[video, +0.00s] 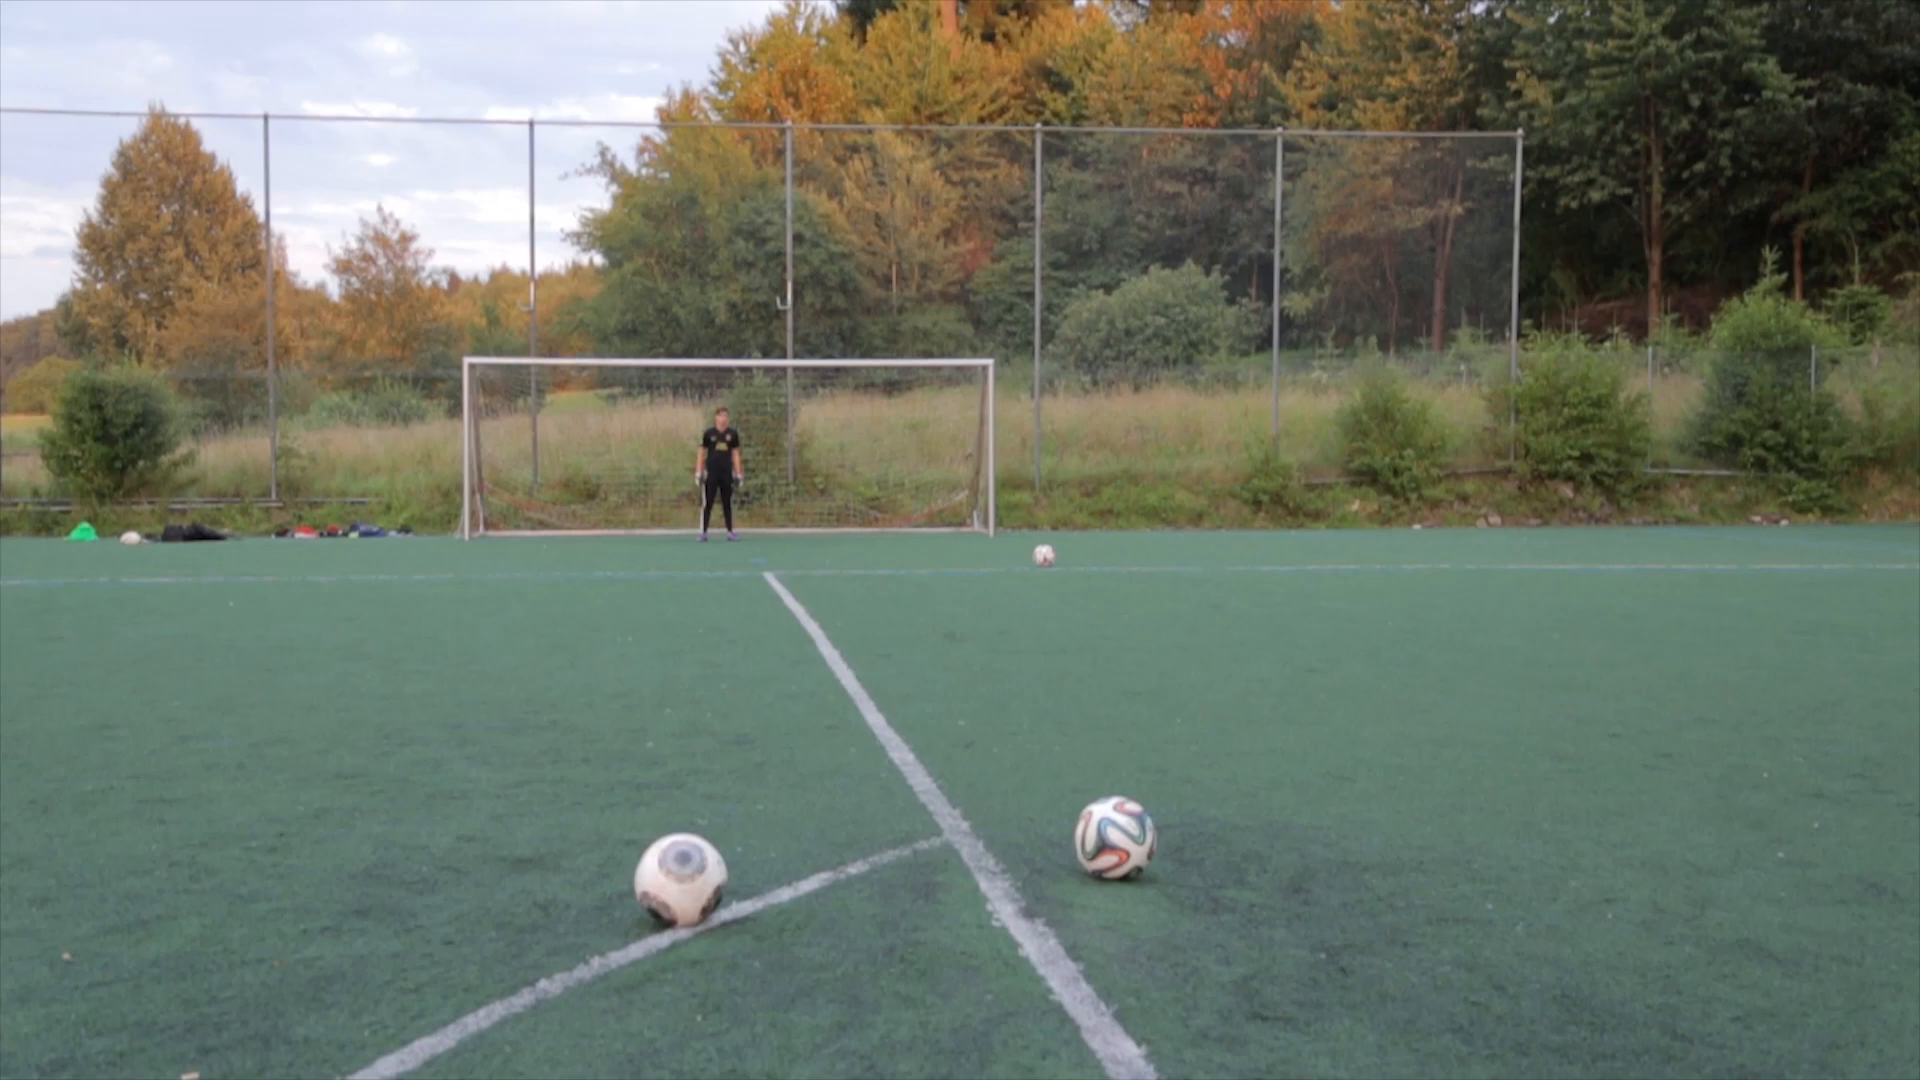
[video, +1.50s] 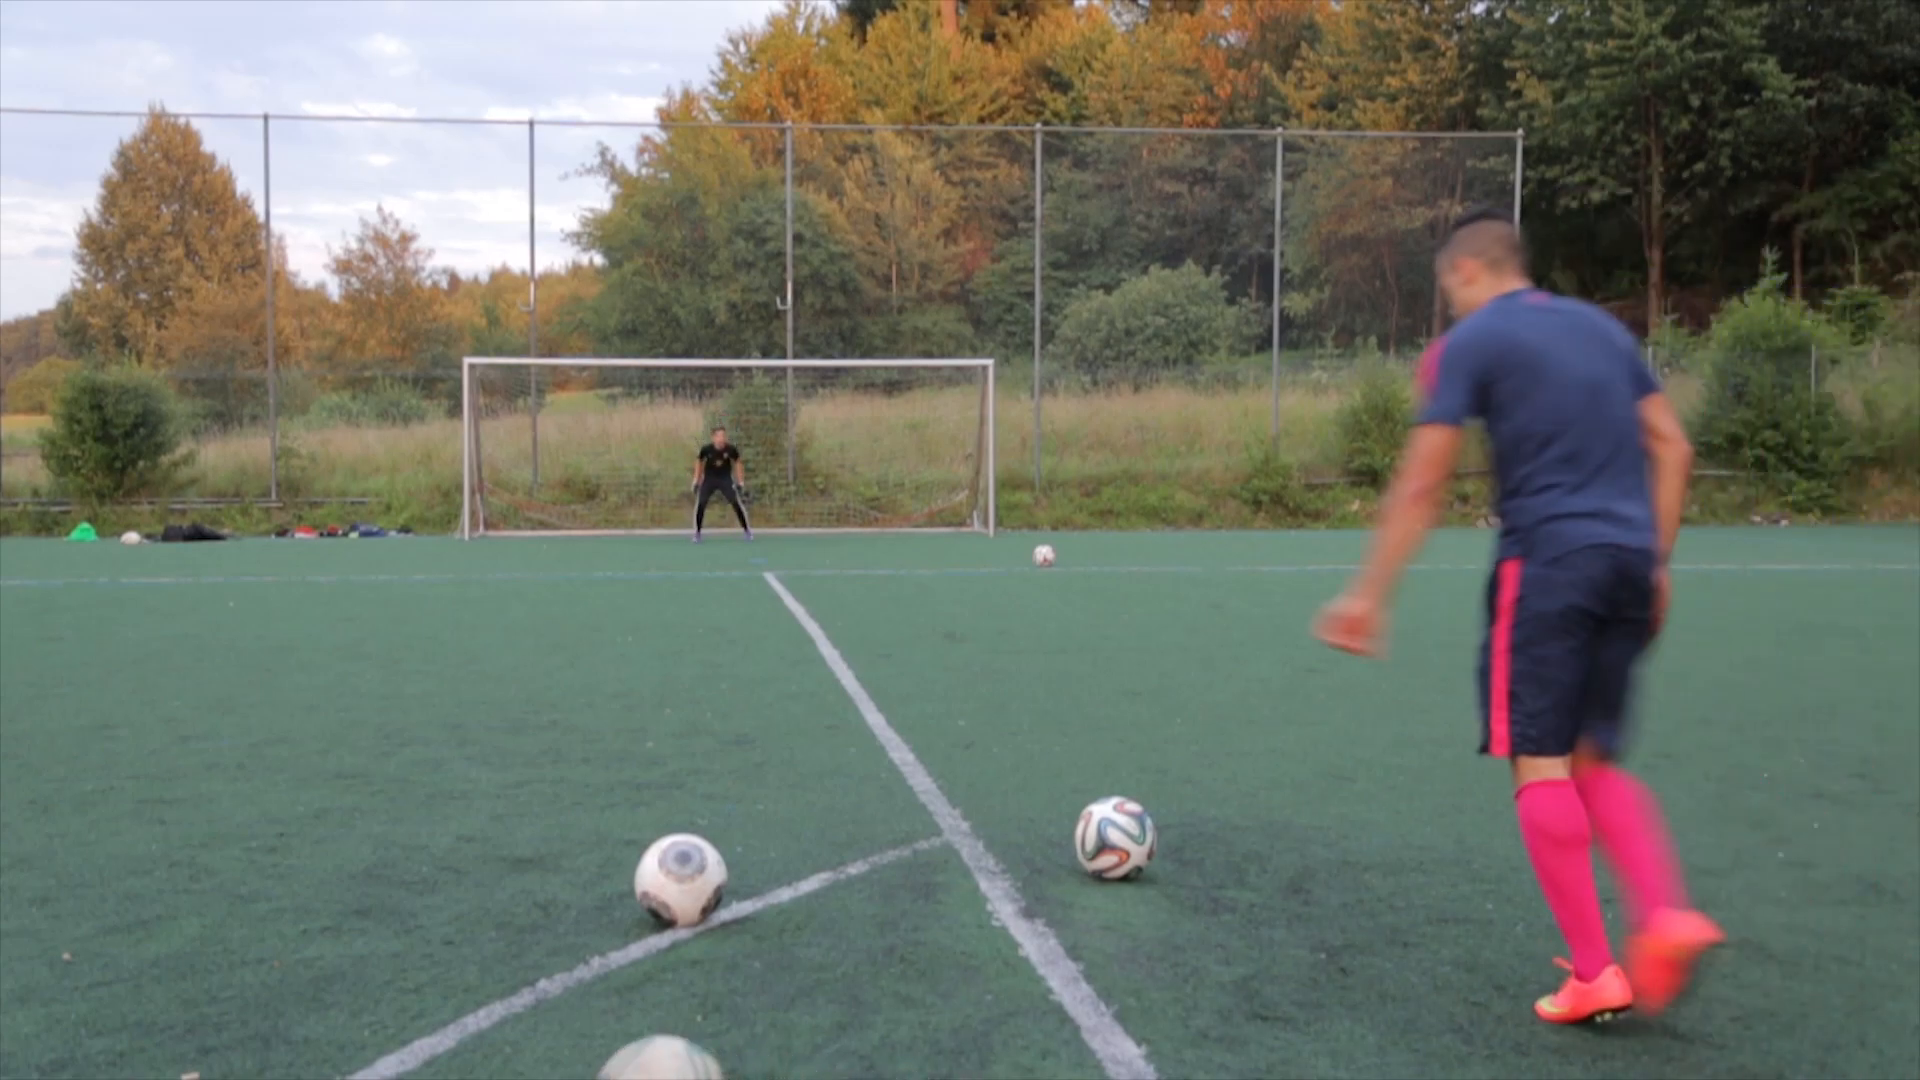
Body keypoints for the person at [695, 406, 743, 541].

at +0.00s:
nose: (723, 420)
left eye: (725, 417)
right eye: (720, 416)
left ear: (728, 419)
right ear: (715, 418)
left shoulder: (732, 434)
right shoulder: (709, 434)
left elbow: (736, 454)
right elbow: (702, 452)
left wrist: (738, 472)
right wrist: (699, 470)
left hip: (726, 473)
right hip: (711, 473)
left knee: (727, 503)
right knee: (708, 503)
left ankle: (730, 530)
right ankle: (704, 531)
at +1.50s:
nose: (720, 439)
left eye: (722, 436)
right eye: (717, 436)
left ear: (725, 438)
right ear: (713, 437)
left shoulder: (731, 450)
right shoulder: (706, 450)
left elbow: (738, 464)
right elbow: (699, 464)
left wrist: (740, 481)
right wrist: (696, 480)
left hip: (725, 481)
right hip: (709, 481)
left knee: (736, 504)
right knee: (701, 505)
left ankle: (746, 530)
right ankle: (698, 532)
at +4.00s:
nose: (671, 418)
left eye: (673, 415)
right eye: (669, 415)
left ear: (678, 415)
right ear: (668, 416)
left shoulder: (682, 433)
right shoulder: (672, 432)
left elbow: (685, 455)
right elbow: (675, 453)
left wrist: (674, 473)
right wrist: (672, 471)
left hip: (681, 470)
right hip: (675, 470)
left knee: (676, 499)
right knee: (673, 499)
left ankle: (681, 533)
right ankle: (678, 532)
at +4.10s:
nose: (671, 417)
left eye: (673, 414)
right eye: (669, 414)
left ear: (678, 416)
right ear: (667, 416)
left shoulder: (683, 433)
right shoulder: (671, 433)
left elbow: (686, 455)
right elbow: (674, 454)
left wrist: (679, 472)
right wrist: (673, 470)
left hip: (681, 470)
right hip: (674, 469)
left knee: (676, 500)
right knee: (674, 500)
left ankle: (681, 533)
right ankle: (680, 532)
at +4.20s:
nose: (671, 417)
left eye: (673, 414)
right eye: (669, 414)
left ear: (677, 415)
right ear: (667, 416)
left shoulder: (683, 433)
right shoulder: (671, 433)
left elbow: (686, 455)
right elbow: (672, 456)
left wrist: (684, 474)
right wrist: (667, 472)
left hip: (681, 471)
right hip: (674, 471)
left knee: (677, 500)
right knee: (673, 500)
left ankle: (682, 532)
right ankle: (680, 531)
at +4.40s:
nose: (671, 418)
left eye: (674, 415)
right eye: (669, 415)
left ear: (678, 416)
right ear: (667, 416)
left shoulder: (684, 433)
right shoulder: (672, 433)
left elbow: (688, 455)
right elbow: (671, 455)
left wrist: (688, 473)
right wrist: (660, 469)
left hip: (680, 470)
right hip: (673, 469)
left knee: (678, 500)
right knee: (673, 501)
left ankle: (683, 532)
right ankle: (680, 531)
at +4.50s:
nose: (672, 417)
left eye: (674, 414)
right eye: (670, 414)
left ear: (679, 415)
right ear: (668, 416)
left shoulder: (684, 432)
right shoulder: (673, 433)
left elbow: (689, 455)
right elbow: (671, 455)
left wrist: (688, 474)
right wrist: (660, 469)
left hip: (681, 470)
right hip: (673, 469)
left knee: (681, 501)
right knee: (672, 501)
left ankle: (684, 532)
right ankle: (679, 530)